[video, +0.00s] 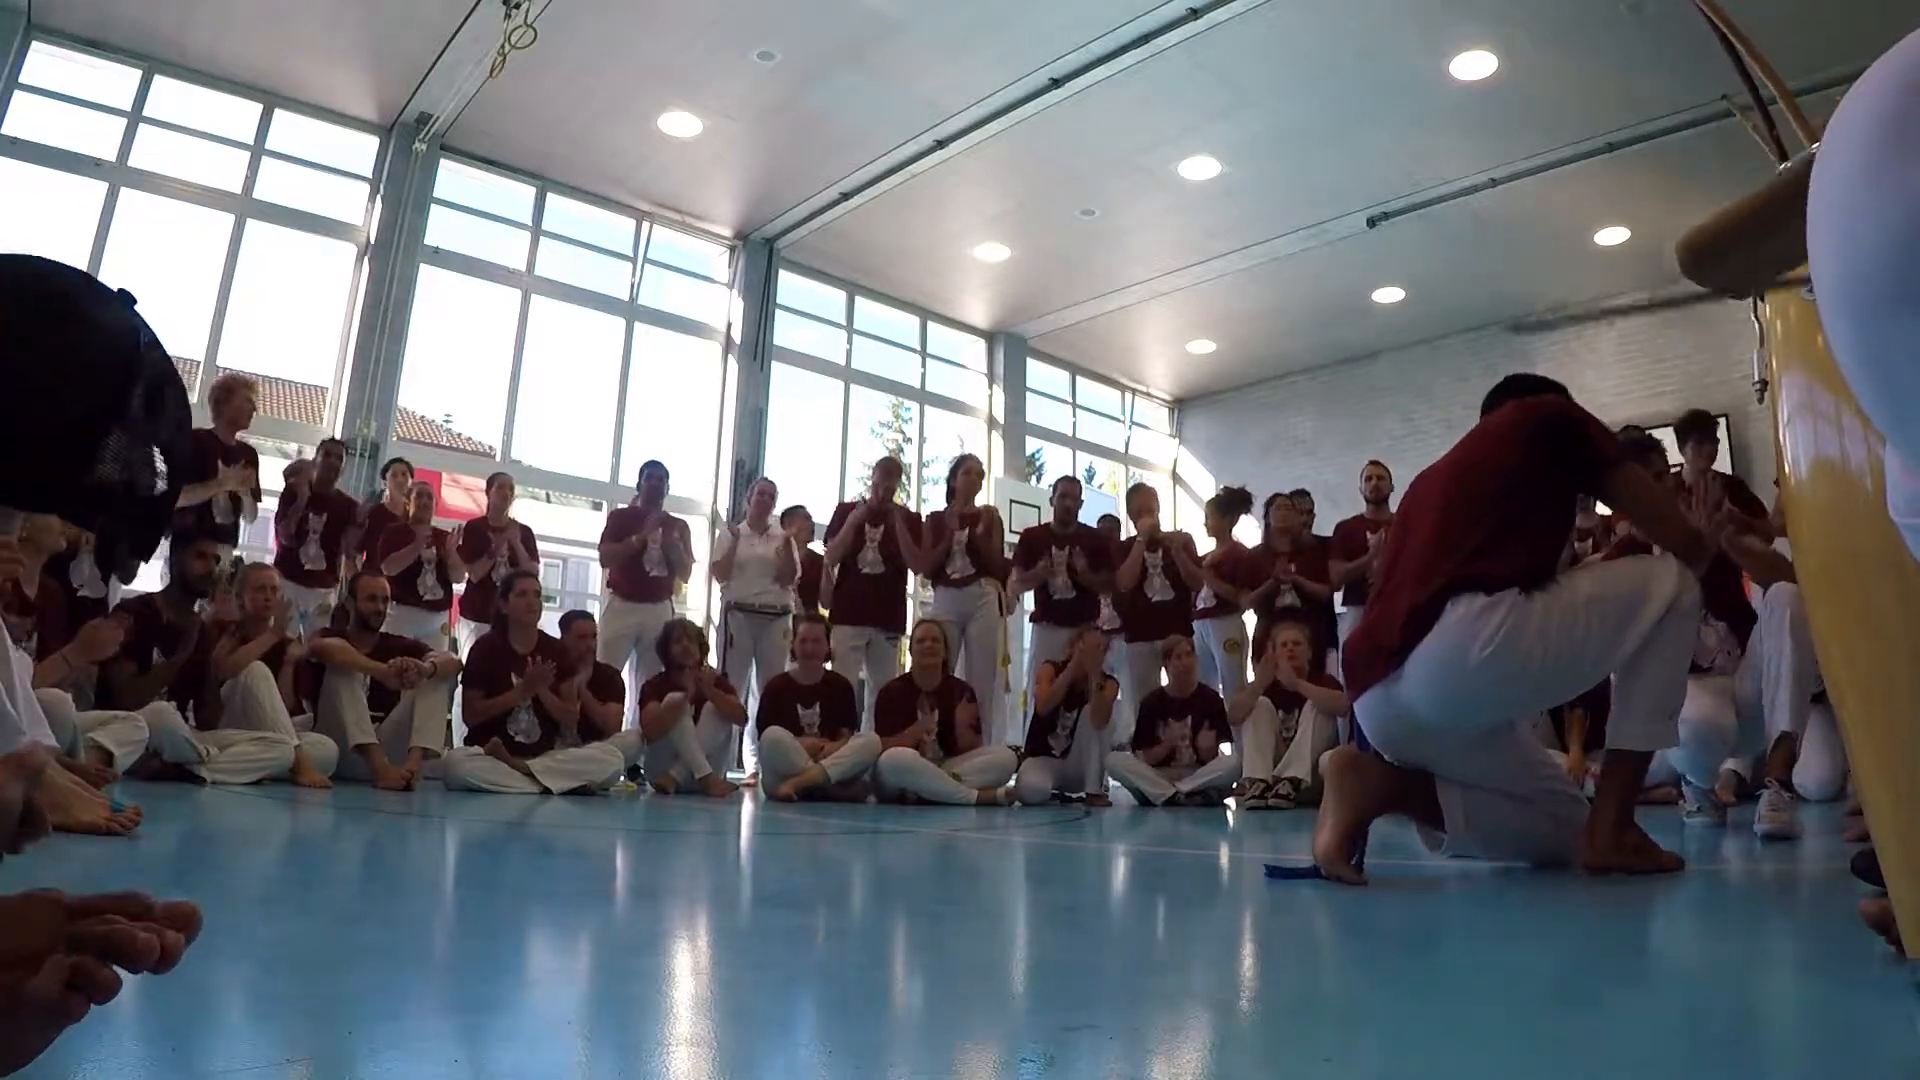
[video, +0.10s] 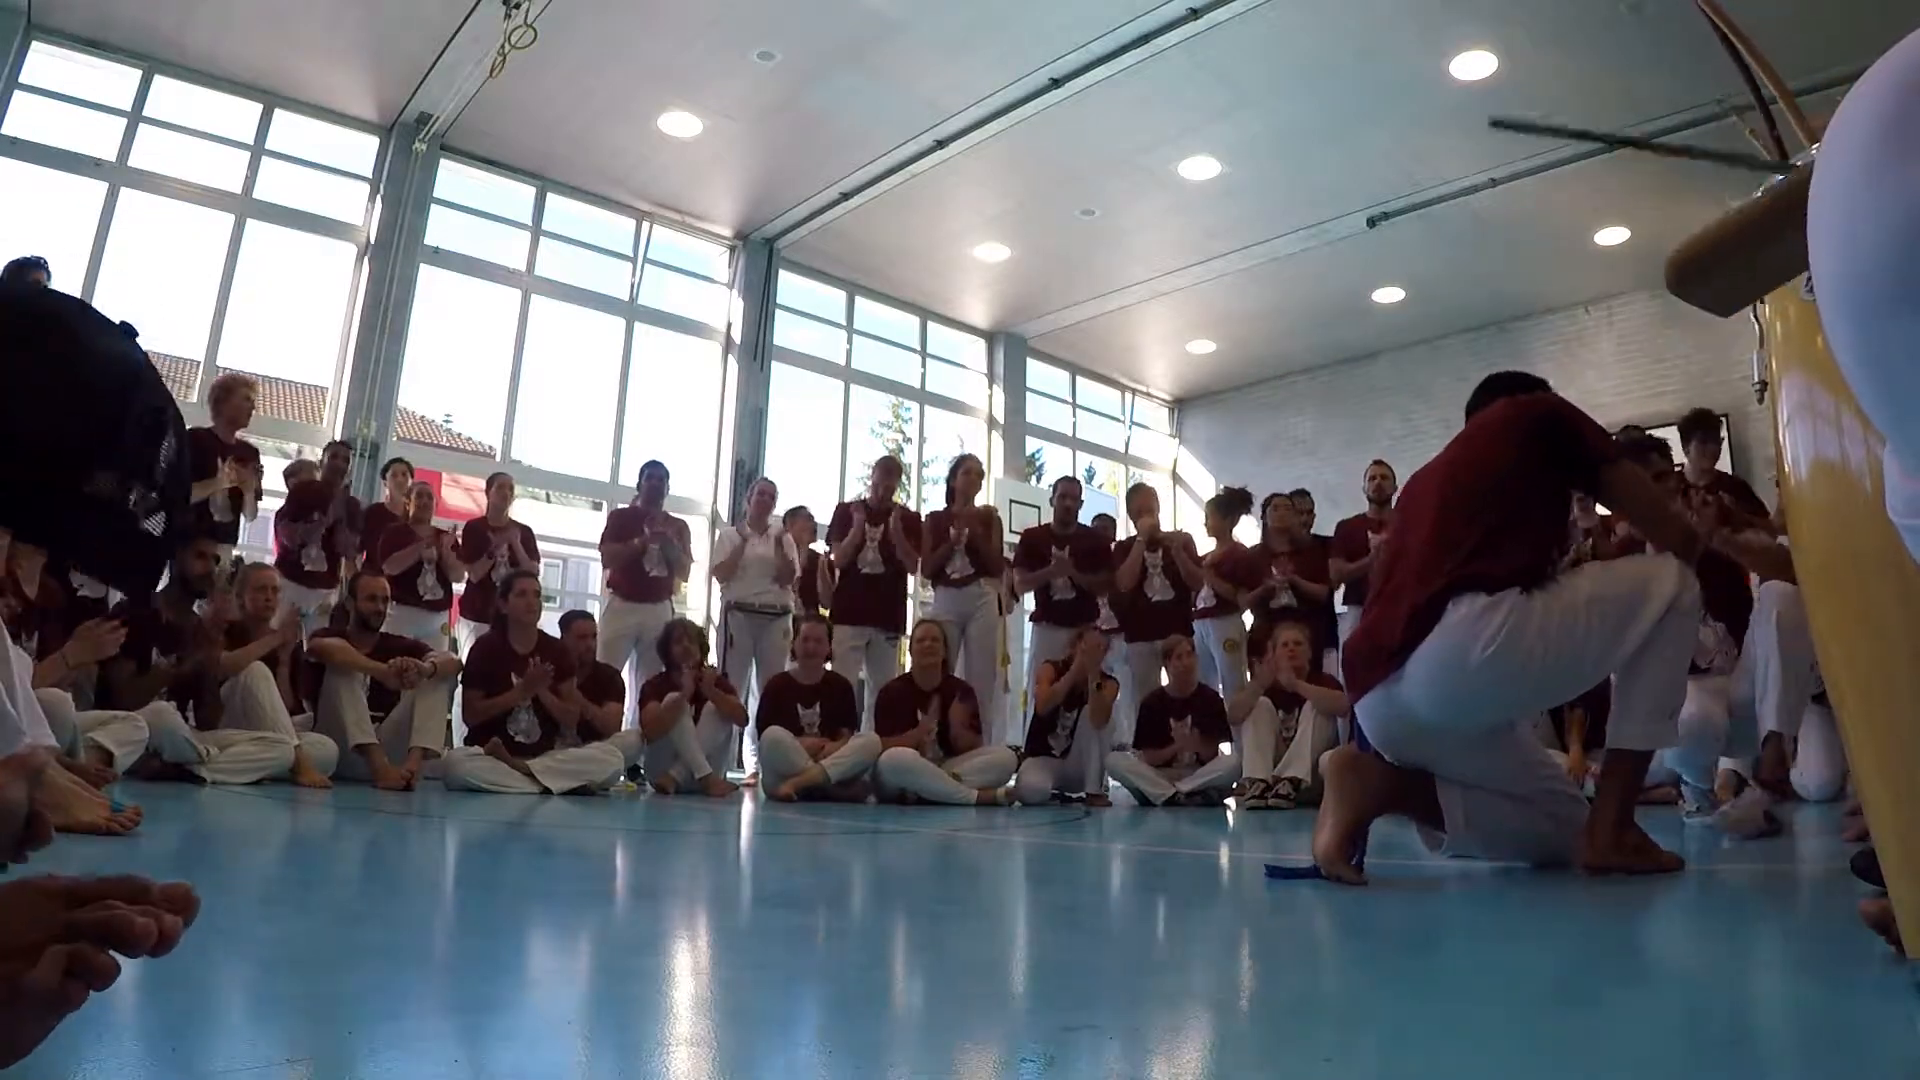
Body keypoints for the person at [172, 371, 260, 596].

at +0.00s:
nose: (254, 407)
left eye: (253, 401)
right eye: (246, 400)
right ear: (221, 404)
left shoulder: (247, 454)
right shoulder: (192, 441)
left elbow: (251, 515)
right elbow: (174, 497)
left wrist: (244, 489)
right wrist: (221, 484)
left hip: (224, 549)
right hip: (187, 544)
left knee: (213, 619)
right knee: (179, 616)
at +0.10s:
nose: (253, 407)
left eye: (253, 401)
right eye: (247, 399)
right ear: (222, 403)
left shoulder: (249, 453)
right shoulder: (193, 439)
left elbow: (250, 514)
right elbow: (177, 495)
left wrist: (248, 488)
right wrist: (219, 483)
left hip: (225, 545)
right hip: (187, 540)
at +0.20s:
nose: (250, 406)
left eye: (250, 400)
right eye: (243, 398)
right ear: (219, 403)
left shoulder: (248, 451)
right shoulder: (194, 438)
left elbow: (251, 513)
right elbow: (179, 494)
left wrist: (236, 490)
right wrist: (228, 479)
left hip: (224, 545)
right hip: (185, 540)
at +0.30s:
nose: (247, 406)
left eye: (248, 401)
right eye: (241, 399)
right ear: (217, 404)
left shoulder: (248, 452)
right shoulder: (192, 438)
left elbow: (251, 514)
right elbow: (182, 493)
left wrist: (241, 490)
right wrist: (219, 483)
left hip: (223, 546)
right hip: (184, 542)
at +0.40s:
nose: (243, 409)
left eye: (245, 404)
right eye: (236, 402)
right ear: (213, 406)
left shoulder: (244, 455)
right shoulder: (190, 443)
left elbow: (247, 518)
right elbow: (175, 500)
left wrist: (244, 496)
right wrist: (215, 486)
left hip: (222, 549)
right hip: (184, 545)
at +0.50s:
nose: (242, 409)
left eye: (244, 404)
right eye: (235, 402)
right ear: (212, 407)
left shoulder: (242, 456)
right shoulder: (188, 444)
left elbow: (245, 517)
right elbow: (172, 499)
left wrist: (230, 495)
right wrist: (216, 489)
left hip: (221, 549)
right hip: (184, 543)